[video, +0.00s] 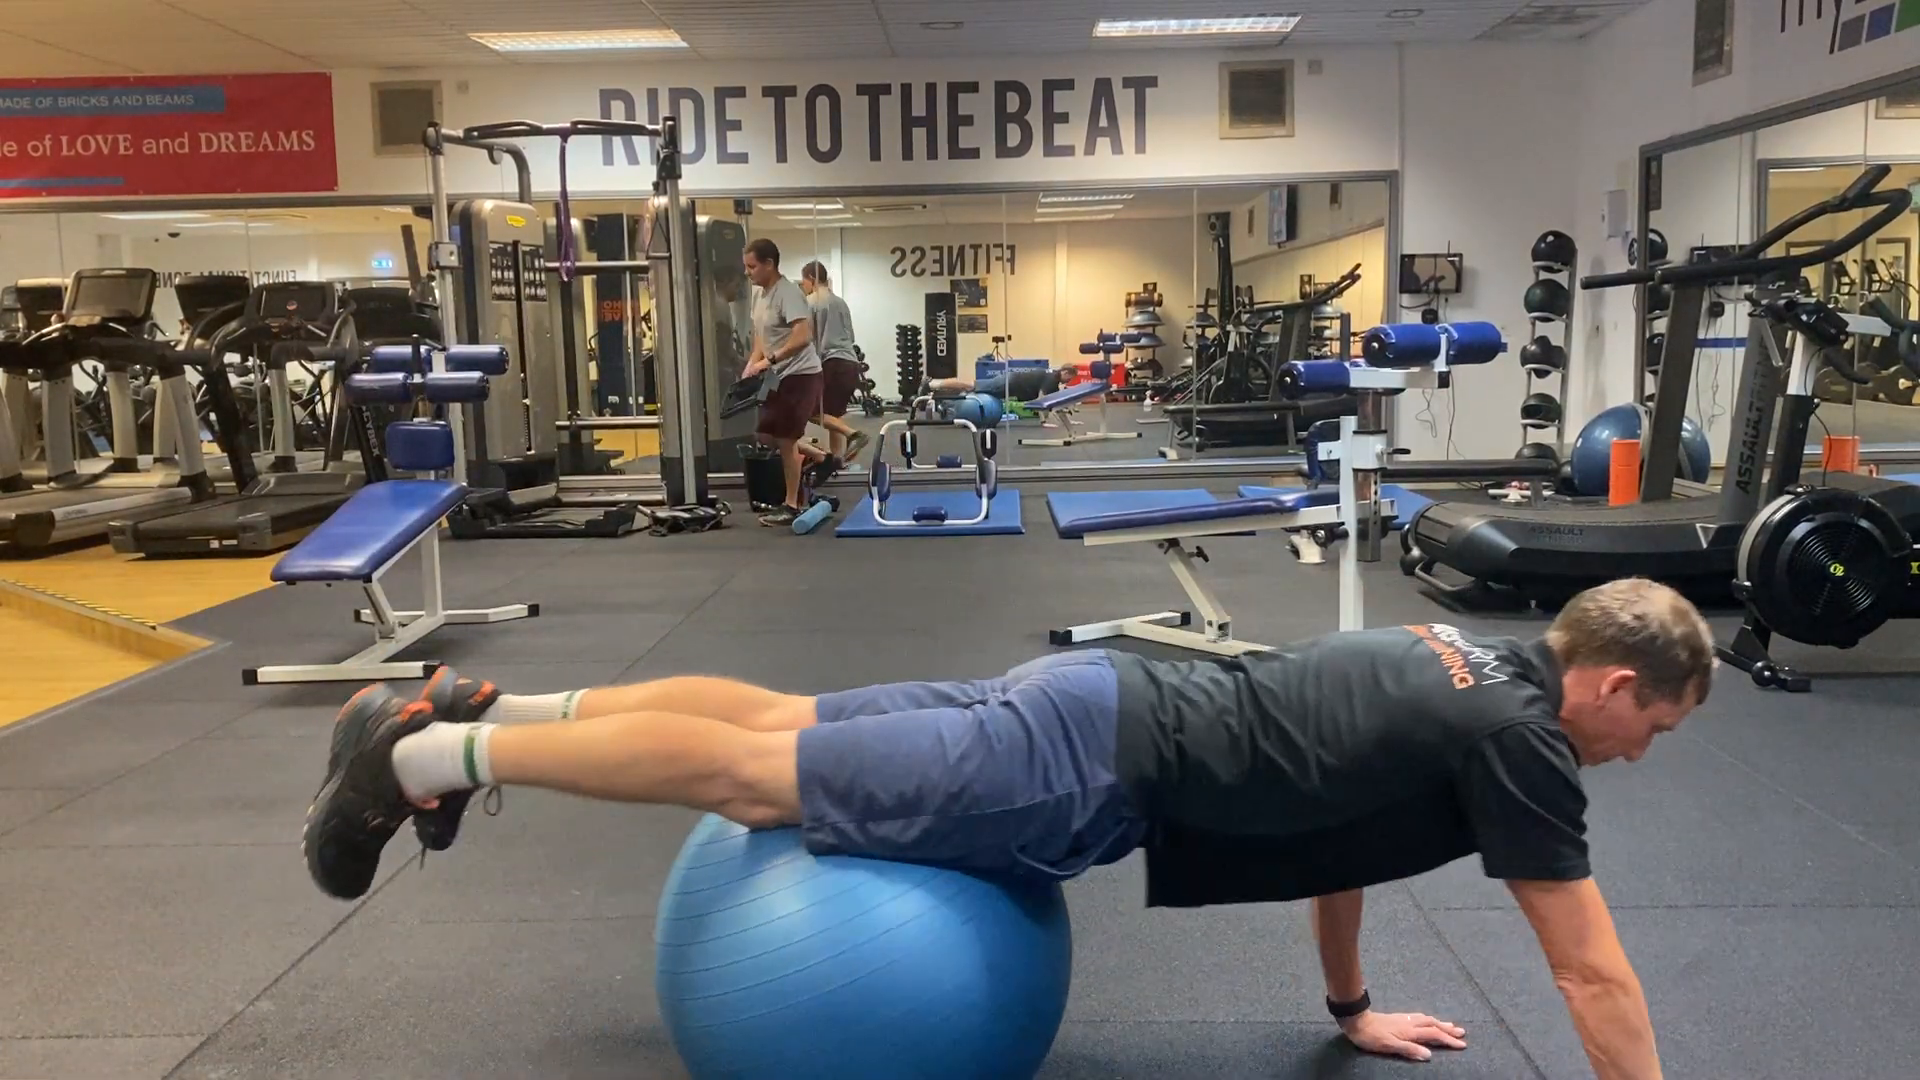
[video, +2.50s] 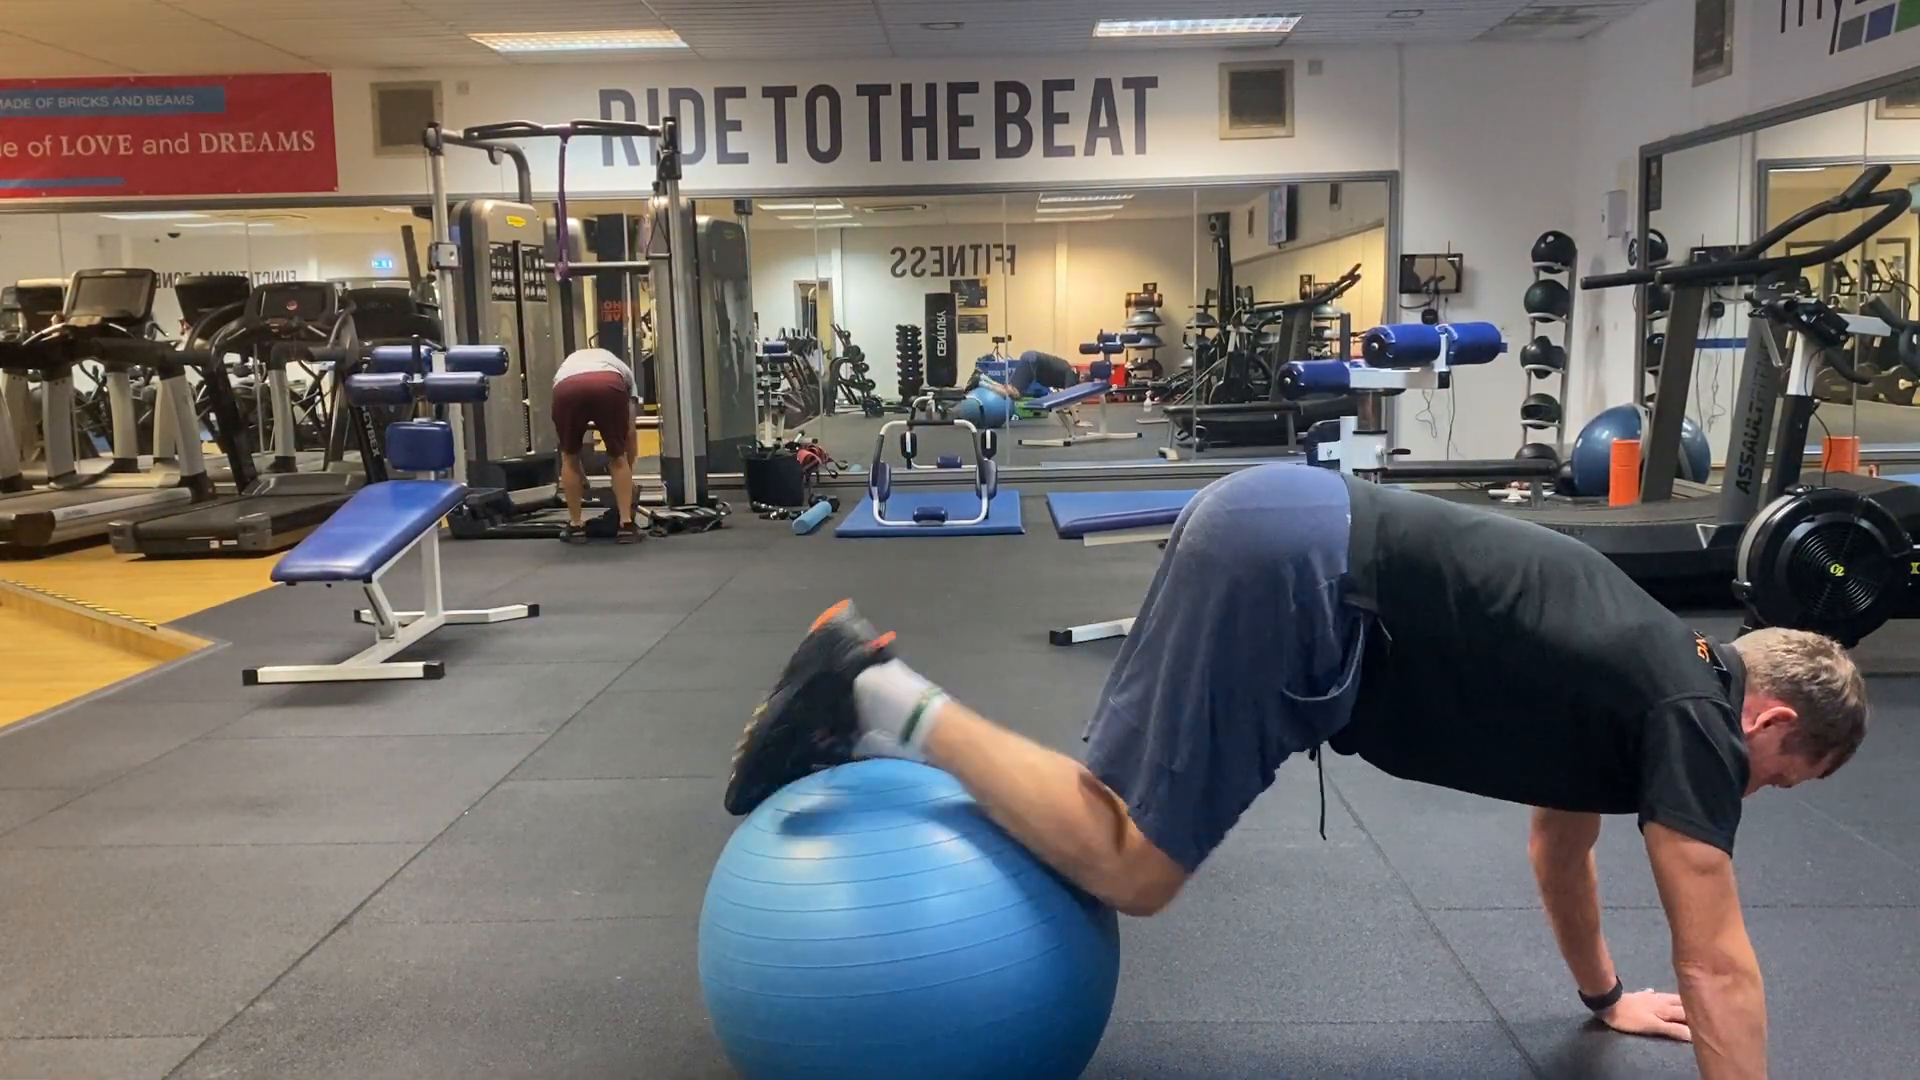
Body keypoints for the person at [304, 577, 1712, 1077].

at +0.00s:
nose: (1659, 740)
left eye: (1669, 717)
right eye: (1668, 716)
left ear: (1583, 653)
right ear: (1622, 690)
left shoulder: (1447, 674)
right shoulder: (1515, 745)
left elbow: (1334, 844)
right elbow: (1595, 980)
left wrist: (1349, 1008)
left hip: (1099, 712)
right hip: (1094, 751)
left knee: (774, 733)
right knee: (764, 771)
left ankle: (475, 714)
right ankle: (436, 748)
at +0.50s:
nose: (1782, 803)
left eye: (1803, 794)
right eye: (1799, 781)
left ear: (1756, 676)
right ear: (1778, 726)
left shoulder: (1633, 667)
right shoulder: (1686, 721)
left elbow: (1557, 851)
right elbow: (1645, 984)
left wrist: (1604, 982)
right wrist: (1663, 1062)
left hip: (1291, 548)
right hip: (1302, 589)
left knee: (1014, 702)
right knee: (1006, 772)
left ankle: (797, 491)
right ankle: (757, 563)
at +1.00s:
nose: (1745, 804)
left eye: (1765, 794)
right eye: (1766, 788)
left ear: (1729, 681)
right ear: (1750, 737)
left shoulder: (1620, 659)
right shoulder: (1662, 698)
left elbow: (1567, 842)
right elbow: (1669, 969)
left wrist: (1608, 983)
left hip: (1303, 441)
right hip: (1340, 489)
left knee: (1242, 746)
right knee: (1303, 829)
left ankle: (1019, 655)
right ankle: (989, 752)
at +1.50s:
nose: (1751, 779)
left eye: (1770, 771)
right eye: (1766, 759)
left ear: (1722, 662)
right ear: (1742, 702)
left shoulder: (1613, 648)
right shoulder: (1669, 698)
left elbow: (1570, 841)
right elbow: (1666, 961)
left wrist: (1610, 992)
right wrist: (1708, 1072)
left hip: (1317, 423)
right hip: (1337, 467)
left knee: (1213, 704)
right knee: (1225, 793)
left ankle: (1012, 603)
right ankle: (909, 723)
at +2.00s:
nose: (1750, 816)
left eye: (1768, 806)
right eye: (1767, 796)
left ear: (1732, 681)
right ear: (1759, 746)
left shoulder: (1611, 652)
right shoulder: (1680, 705)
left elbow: (1563, 839)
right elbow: (1711, 969)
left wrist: (1609, 994)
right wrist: (1750, 1077)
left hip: (1283, 447)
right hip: (1319, 485)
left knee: (1135, 745)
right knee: (1229, 813)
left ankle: (862, 678)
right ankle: (931, 723)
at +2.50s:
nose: (1770, 788)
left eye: (1787, 776)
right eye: (1789, 771)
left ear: (1747, 674)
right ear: (1775, 718)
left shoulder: (1626, 649)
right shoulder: (1692, 710)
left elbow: (1561, 847)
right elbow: (1717, 974)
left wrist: (1609, 1000)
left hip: (1285, 509)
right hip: (1301, 556)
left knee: (1114, 816)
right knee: (1135, 871)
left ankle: (868, 685)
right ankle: (875, 689)